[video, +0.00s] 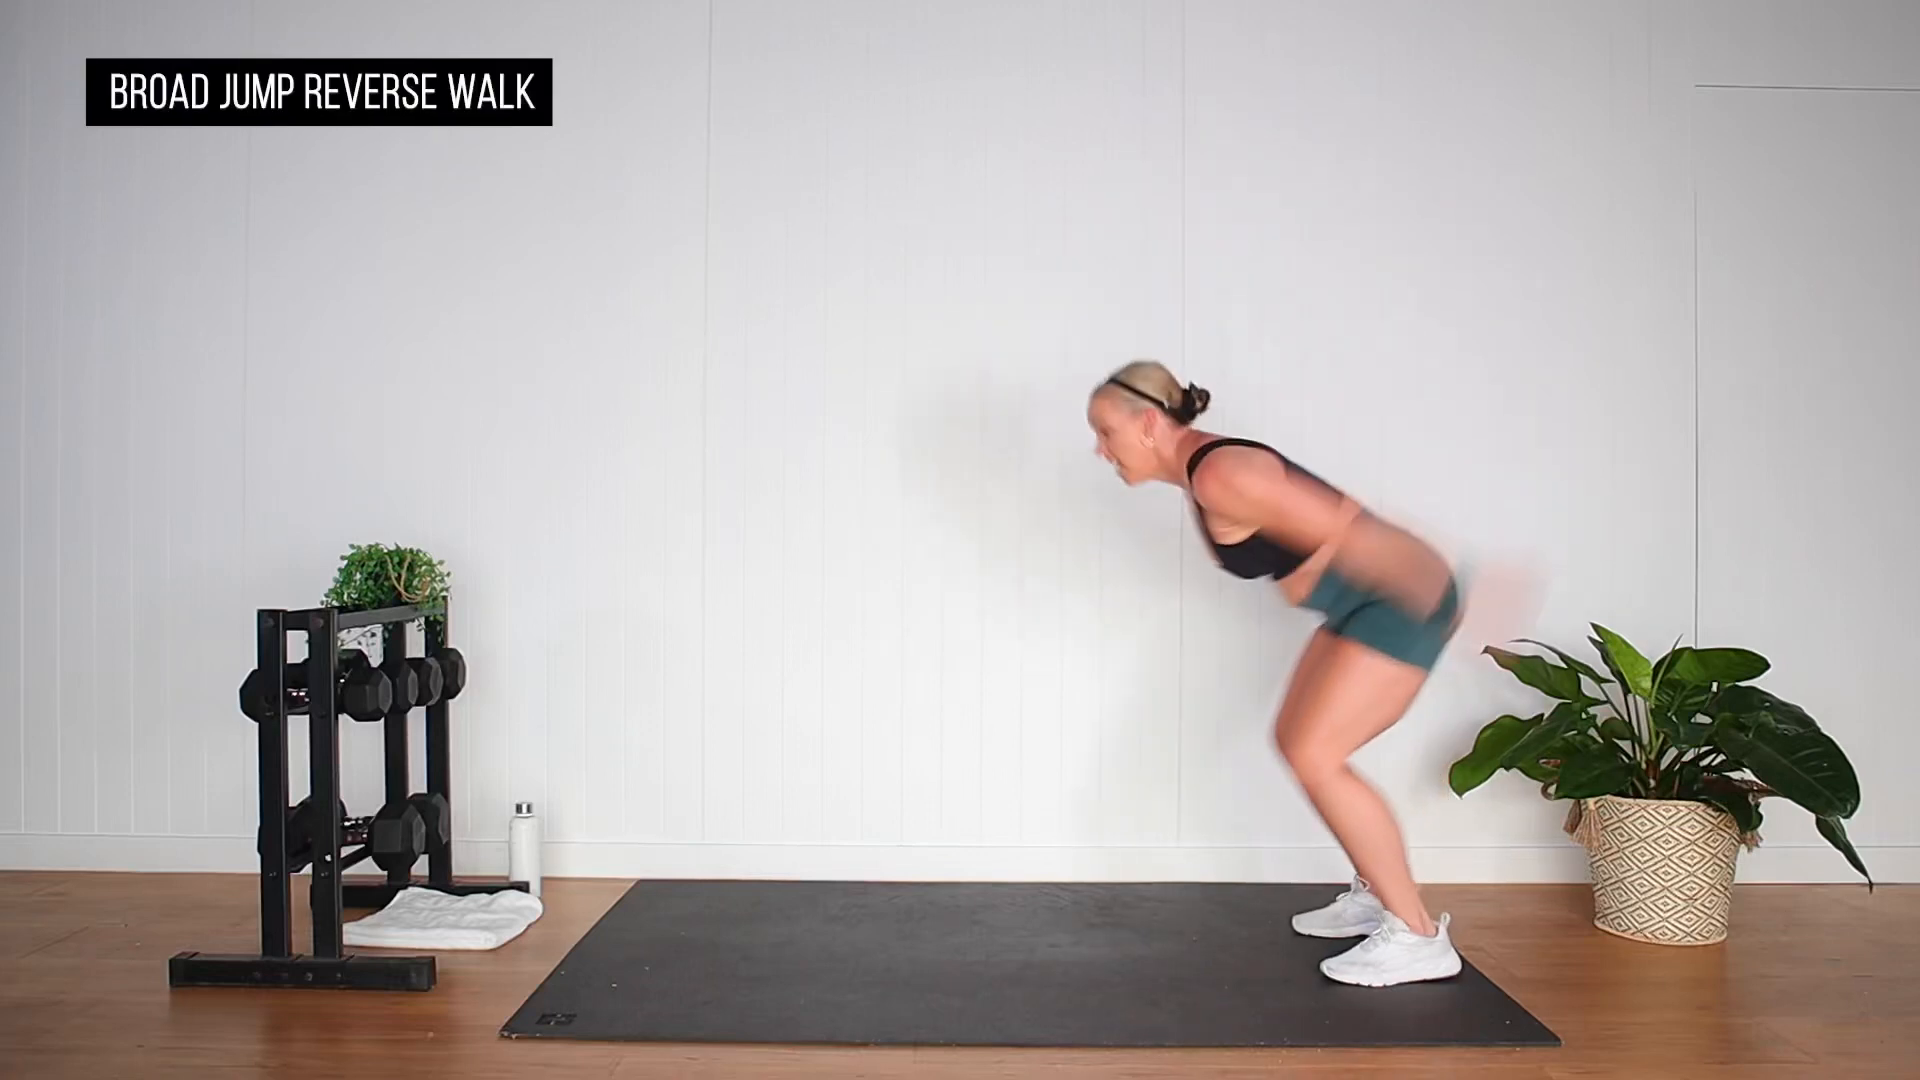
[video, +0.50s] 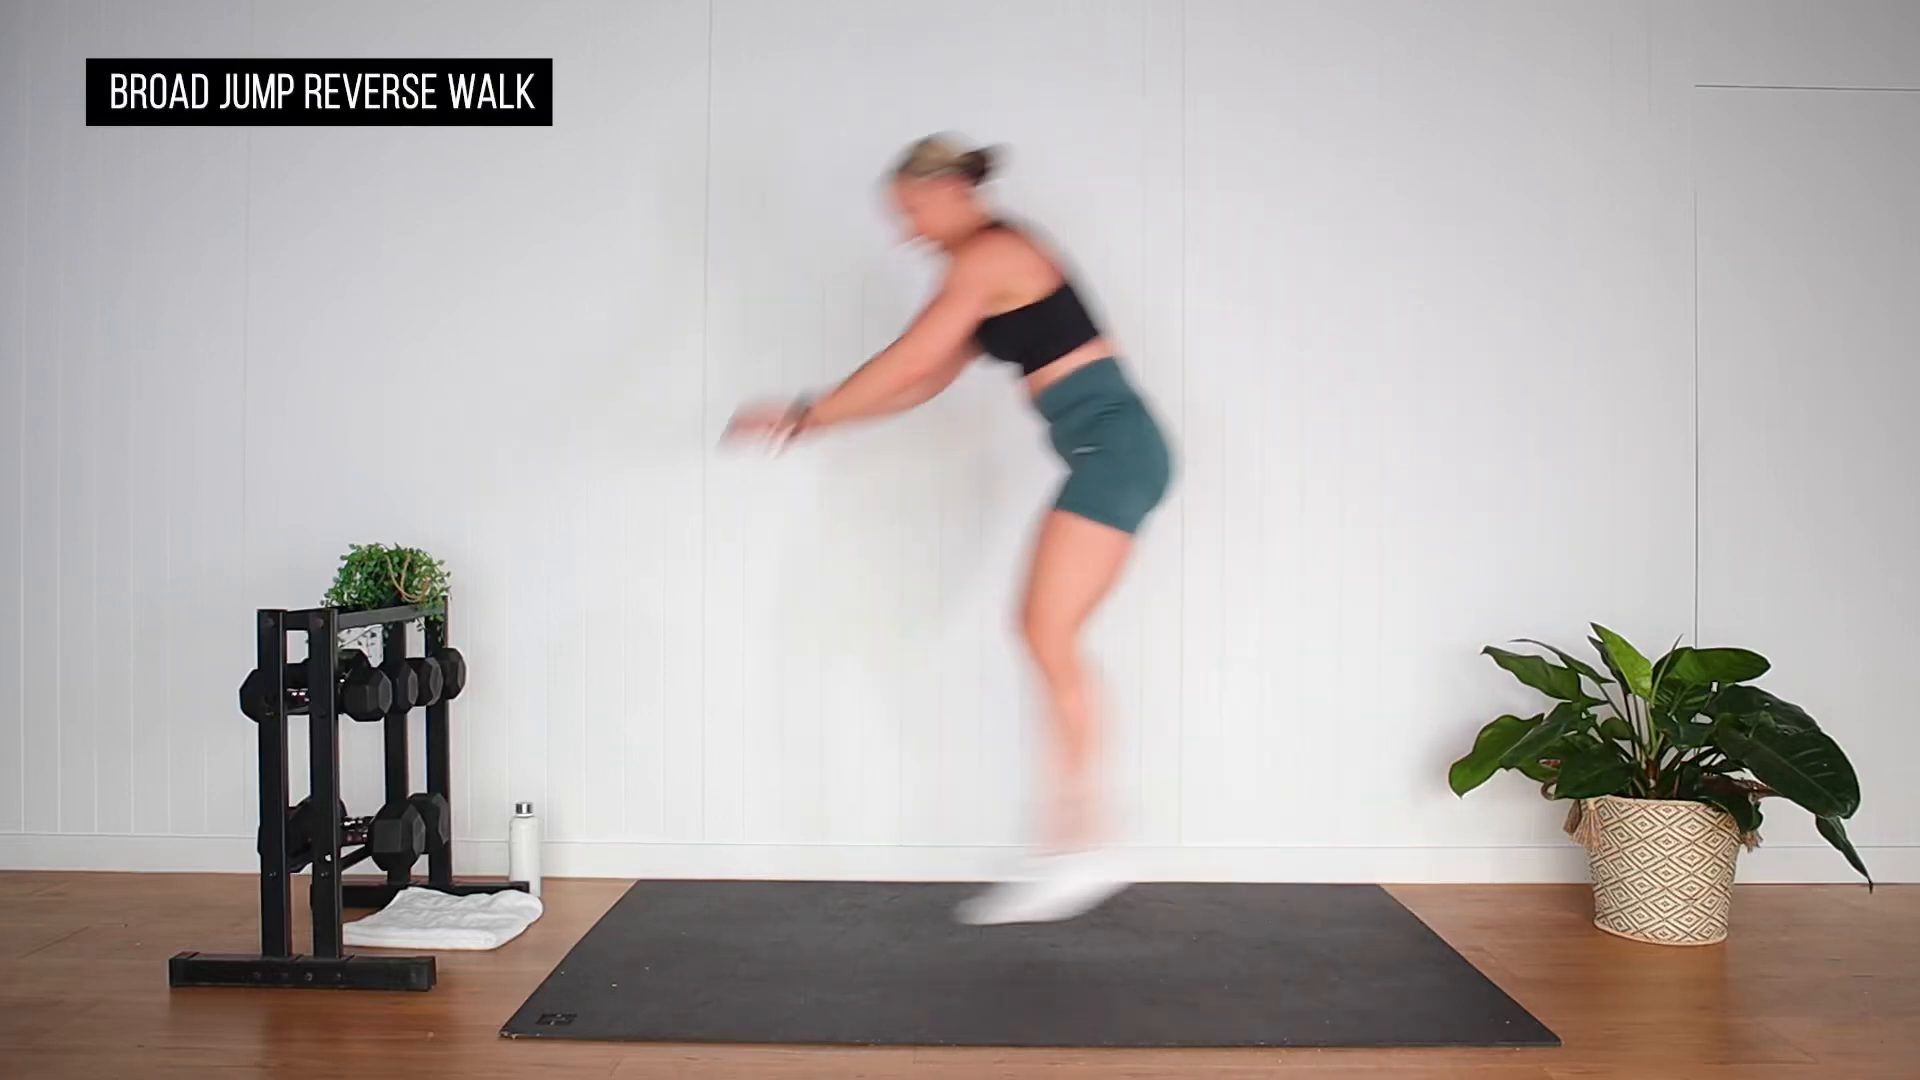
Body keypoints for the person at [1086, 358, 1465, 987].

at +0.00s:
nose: (1099, 450)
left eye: (1104, 433)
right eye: (1096, 435)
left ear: (1152, 425)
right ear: (1153, 426)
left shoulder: (1223, 476)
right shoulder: (1207, 472)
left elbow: (1346, 527)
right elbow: (1335, 522)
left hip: (1403, 600)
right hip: (1369, 596)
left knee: (1316, 753)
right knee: (1298, 739)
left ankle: (1416, 932)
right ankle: (1381, 891)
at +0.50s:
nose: (909, 227)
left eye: (914, 208)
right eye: (904, 211)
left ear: (952, 193)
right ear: (953, 198)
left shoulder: (990, 255)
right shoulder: (999, 255)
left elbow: (913, 361)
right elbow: (923, 383)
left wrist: (808, 415)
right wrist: (813, 417)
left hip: (1115, 448)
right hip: (1110, 447)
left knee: (1050, 628)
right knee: (1048, 627)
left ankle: (1085, 840)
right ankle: (1070, 840)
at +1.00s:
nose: (639, 702)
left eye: (627, 689)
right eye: (624, 694)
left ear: (644, 656)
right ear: (648, 648)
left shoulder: (706, 678)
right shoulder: (712, 645)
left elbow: (701, 820)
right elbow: (722, 802)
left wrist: (678, 951)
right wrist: (704, 894)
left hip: (928, 656)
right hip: (927, 645)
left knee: (765, 746)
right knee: (777, 739)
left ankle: (836, 938)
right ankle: (841, 900)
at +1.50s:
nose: (629, 774)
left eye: (609, 766)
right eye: (613, 772)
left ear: (606, 726)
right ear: (615, 721)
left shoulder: (654, 693)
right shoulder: (676, 689)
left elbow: (680, 832)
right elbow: (718, 809)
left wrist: (678, 957)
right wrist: (717, 903)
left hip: (832, 547)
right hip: (834, 544)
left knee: (950, 712)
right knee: (954, 703)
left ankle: (1124, 827)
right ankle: (1103, 794)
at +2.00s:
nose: (708, 761)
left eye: (695, 748)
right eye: (693, 754)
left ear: (707, 708)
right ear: (709, 698)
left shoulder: (771, 694)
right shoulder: (763, 685)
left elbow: (799, 828)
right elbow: (759, 809)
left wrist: (761, 926)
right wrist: (724, 904)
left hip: (987, 614)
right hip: (984, 613)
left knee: (1109, 774)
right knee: (1111, 766)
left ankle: (1278, 901)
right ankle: (1258, 869)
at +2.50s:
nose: (919, 784)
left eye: (906, 774)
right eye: (907, 781)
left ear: (914, 734)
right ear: (917, 729)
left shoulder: (972, 717)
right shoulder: (989, 711)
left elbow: (937, 854)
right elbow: (1038, 795)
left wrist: (871, 956)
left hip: (1165, 568)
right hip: (1151, 570)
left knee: (1187, 768)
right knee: (1188, 759)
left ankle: (1323, 924)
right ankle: (1278, 879)